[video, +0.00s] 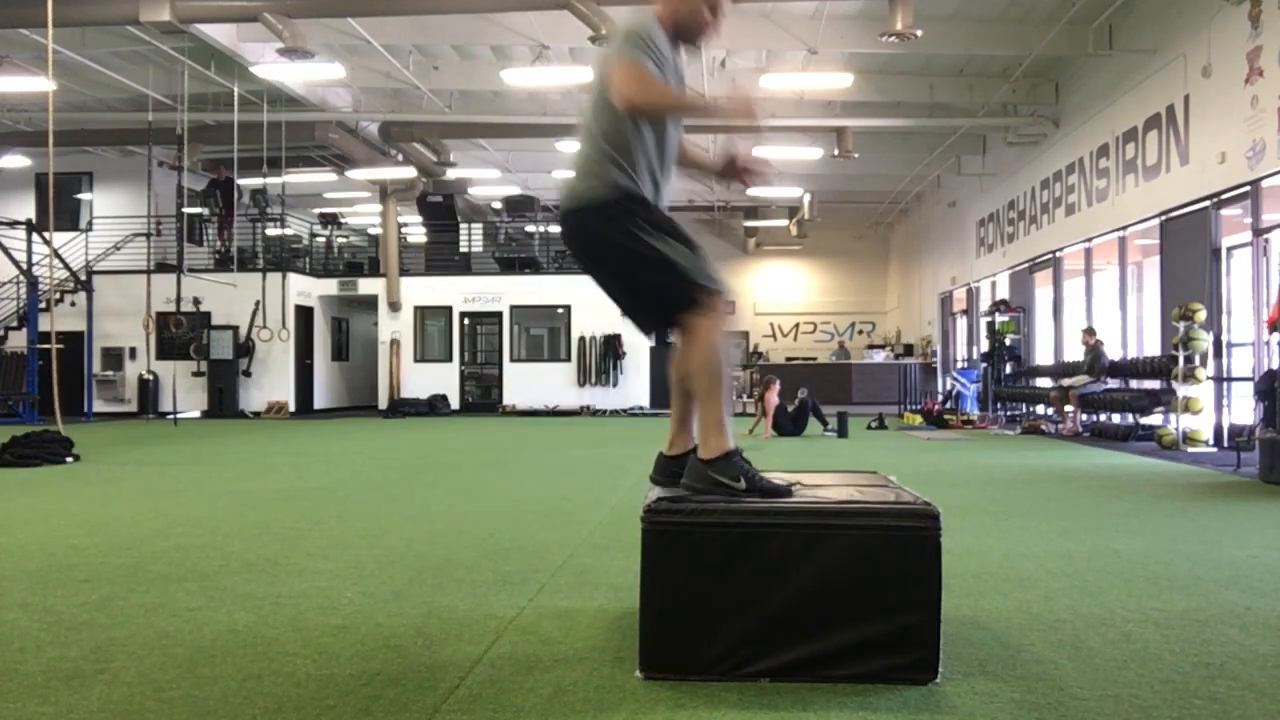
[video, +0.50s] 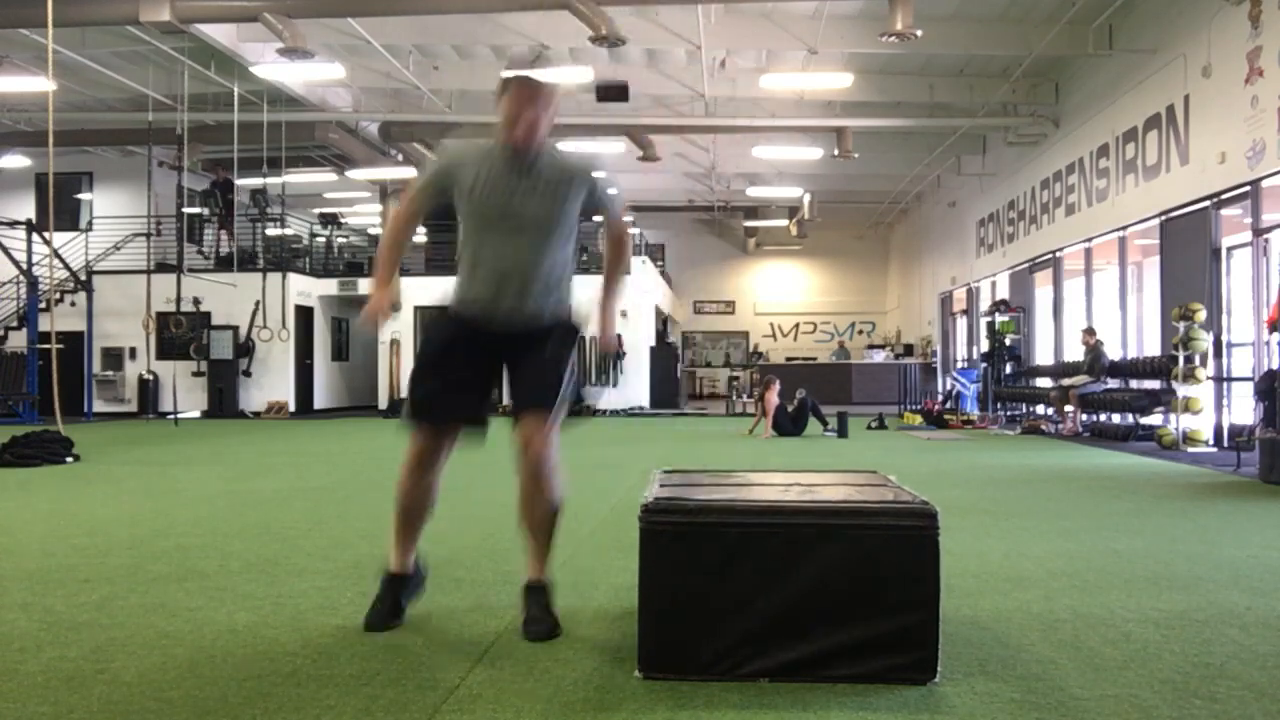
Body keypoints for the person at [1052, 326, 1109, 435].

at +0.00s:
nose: (1082, 339)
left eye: (1085, 337)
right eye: (1082, 336)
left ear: (1092, 337)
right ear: (1087, 337)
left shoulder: (1099, 353)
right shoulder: (1088, 351)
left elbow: (1096, 376)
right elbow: (1085, 372)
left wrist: (1075, 381)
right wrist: (1072, 380)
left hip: (1099, 382)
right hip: (1086, 380)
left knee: (1073, 393)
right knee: (1054, 395)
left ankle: (1076, 426)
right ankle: (1066, 425)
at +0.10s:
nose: (1082, 339)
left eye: (1085, 337)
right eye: (1082, 336)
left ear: (1092, 337)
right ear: (1087, 337)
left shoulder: (1099, 353)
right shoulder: (1088, 351)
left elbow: (1096, 376)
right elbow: (1085, 372)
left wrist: (1075, 381)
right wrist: (1072, 380)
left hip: (1099, 382)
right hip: (1086, 380)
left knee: (1073, 393)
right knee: (1054, 395)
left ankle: (1076, 426)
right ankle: (1066, 425)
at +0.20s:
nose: (1082, 340)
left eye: (1084, 337)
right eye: (1082, 336)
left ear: (1092, 338)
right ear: (1087, 338)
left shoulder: (1099, 353)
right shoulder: (1087, 351)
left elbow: (1096, 376)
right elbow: (1085, 372)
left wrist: (1074, 381)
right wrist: (1072, 380)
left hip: (1099, 382)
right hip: (1087, 380)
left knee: (1073, 392)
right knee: (1054, 395)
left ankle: (1076, 426)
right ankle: (1066, 424)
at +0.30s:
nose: (1082, 340)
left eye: (1084, 337)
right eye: (1082, 336)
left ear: (1092, 338)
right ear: (1087, 338)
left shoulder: (1099, 353)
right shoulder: (1088, 351)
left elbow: (1096, 376)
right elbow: (1085, 372)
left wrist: (1074, 381)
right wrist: (1071, 380)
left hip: (1099, 382)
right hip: (1087, 379)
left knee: (1074, 392)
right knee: (1054, 395)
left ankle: (1076, 426)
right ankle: (1066, 424)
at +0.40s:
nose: (1082, 340)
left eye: (1084, 337)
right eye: (1082, 336)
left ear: (1092, 338)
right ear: (1088, 338)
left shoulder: (1099, 353)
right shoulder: (1088, 351)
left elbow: (1095, 376)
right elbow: (1085, 372)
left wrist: (1073, 381)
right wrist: (1071, 380)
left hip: (1099, 382)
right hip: (1087, 379)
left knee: (1074, 393)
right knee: (1054, 395)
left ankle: (1076, 426)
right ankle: (1066, 424)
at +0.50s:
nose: (1082, 340)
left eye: (1084, 337)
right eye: (1082, 336)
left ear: (1092, 338)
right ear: (1087, 338)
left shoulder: (1099, 353)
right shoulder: (1088, 351)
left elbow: (1095, 377)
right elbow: (1085, 372)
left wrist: (1073, 381)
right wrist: (1071, 380)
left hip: (1099, 382)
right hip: (1087, 379)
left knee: (1074, 393)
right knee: (1054, 395)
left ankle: (1076, 426)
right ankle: (1066, 424)